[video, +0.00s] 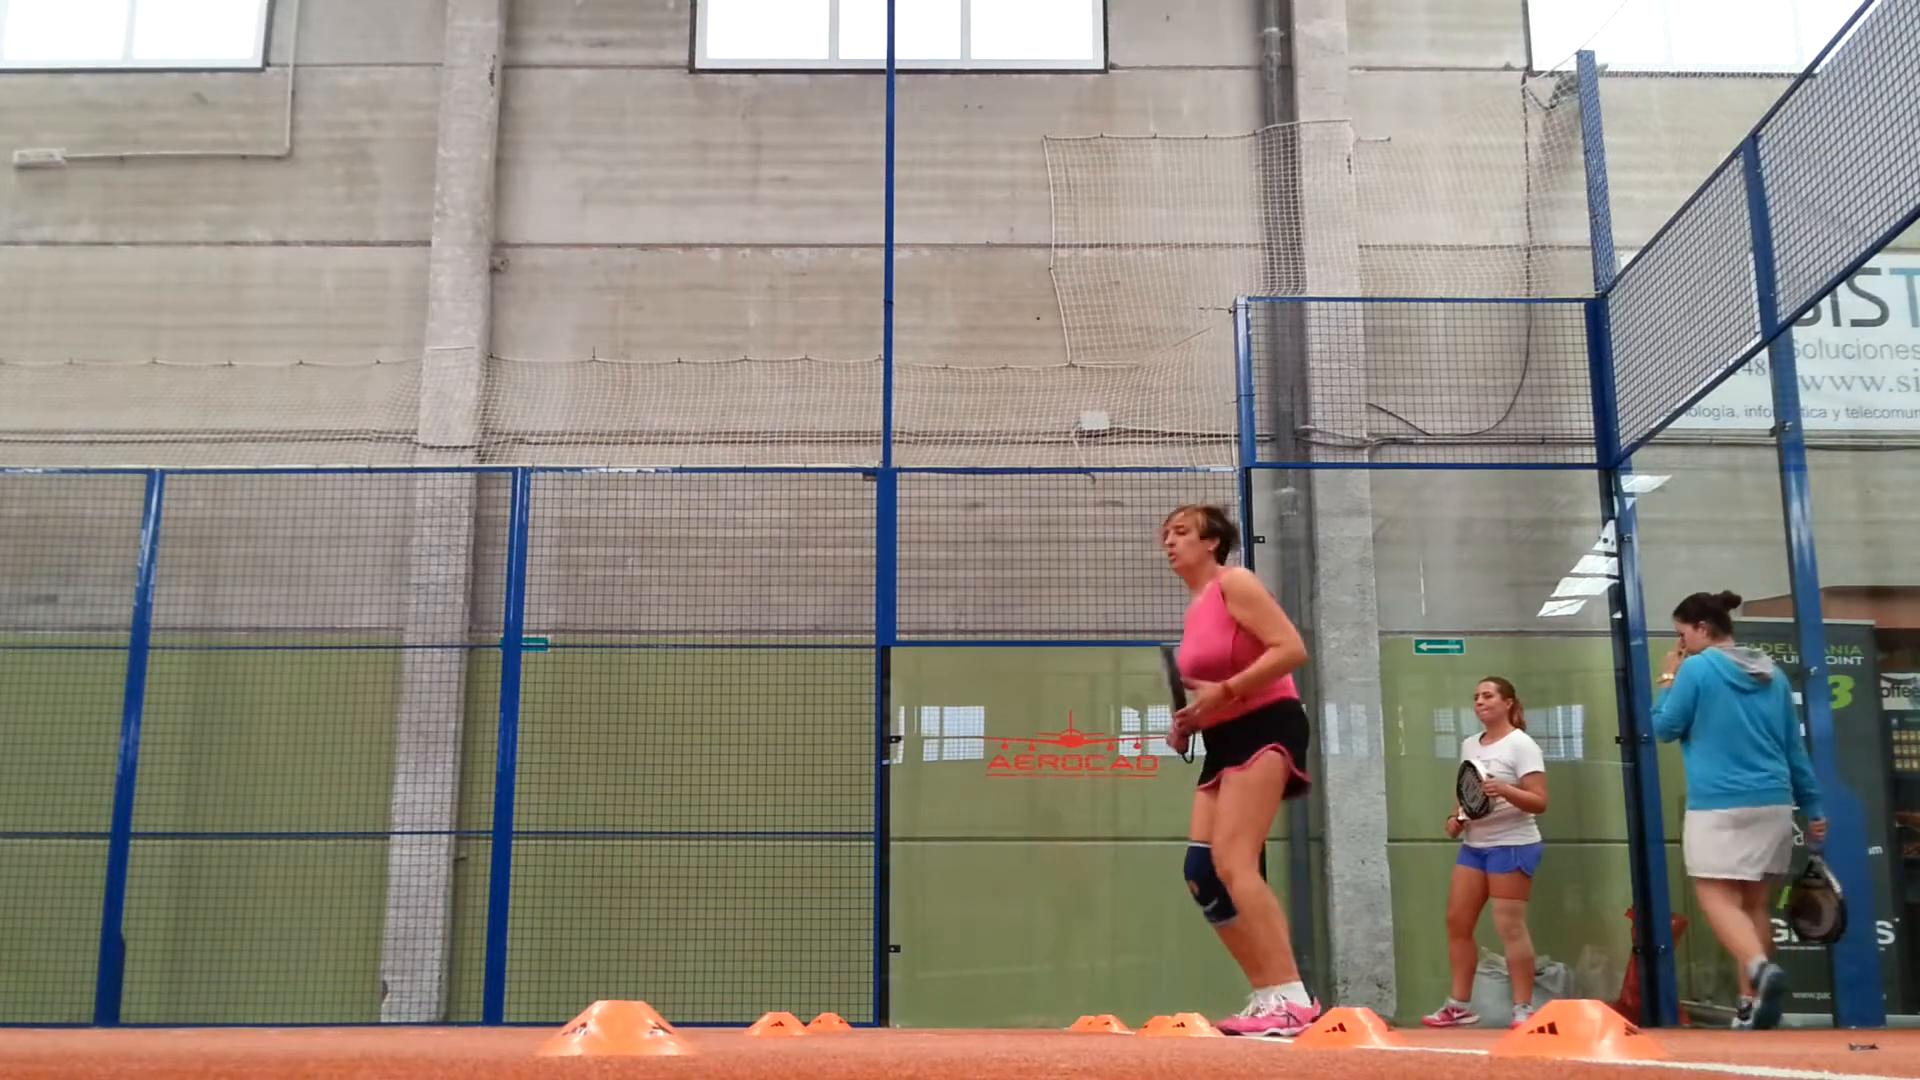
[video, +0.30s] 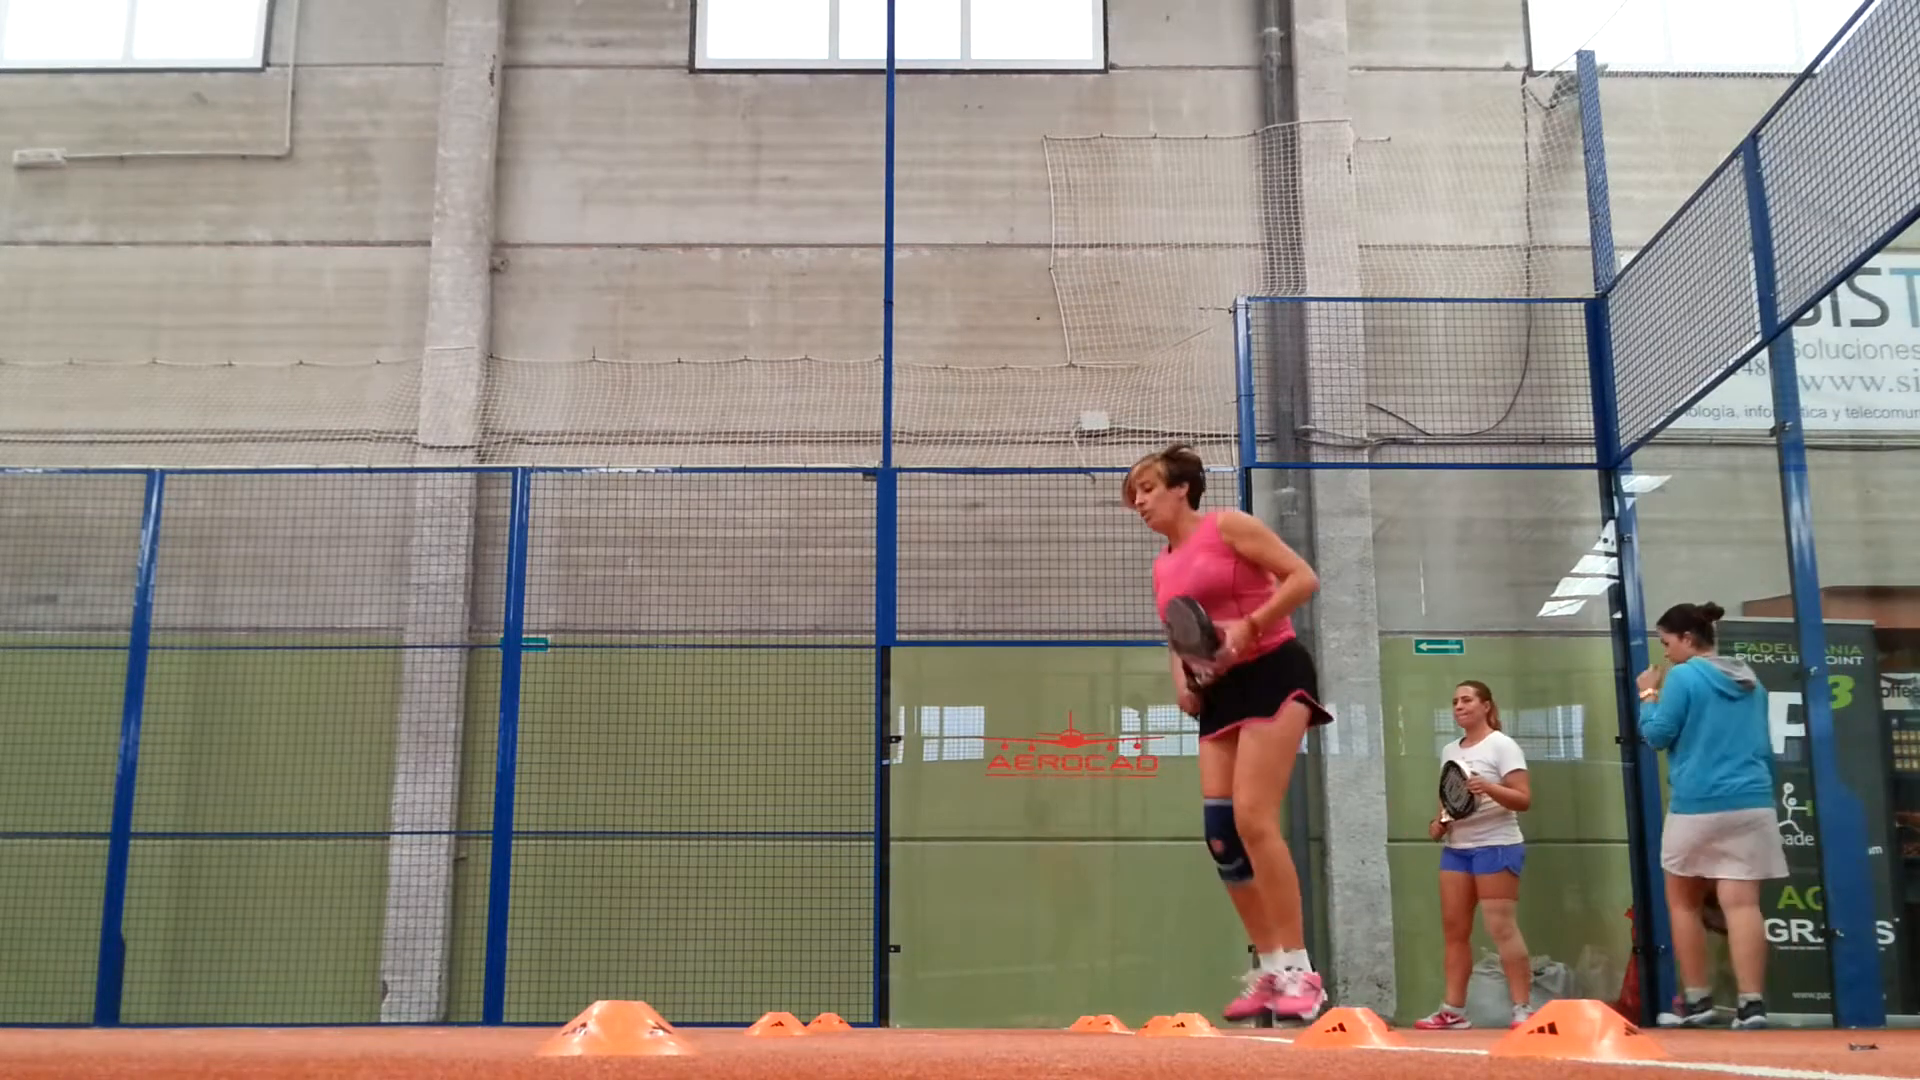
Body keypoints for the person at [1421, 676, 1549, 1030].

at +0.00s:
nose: (1480, 702)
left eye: (1488, 696)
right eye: (1477, 697)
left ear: (1508, 703)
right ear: (1475, 706)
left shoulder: (1523, 745)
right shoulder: (1470, 746)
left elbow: (1539, 801)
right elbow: (1469, 794)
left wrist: (1505, 790)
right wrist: (1458, 816)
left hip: (1513, 844)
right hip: (1475, 844)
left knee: (1510, 927)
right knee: (1458, 922)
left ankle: (1523, 1009)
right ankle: (1460, 1005)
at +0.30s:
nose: (1459, 707)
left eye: (1466, 700)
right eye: (1456, 702)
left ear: (1486, 706)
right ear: (1454, 711)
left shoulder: (1504, 747)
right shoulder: (1451, 751)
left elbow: (1522, 800)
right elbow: (1450, 798)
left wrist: (1488, 788)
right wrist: (1440, 821)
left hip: (1496, 846)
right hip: (1457, 848)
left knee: (1502, 929)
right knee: (1455, 930)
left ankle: (1521, 1008)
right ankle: (1453, 1010)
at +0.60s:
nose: (1431, 710)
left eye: (1438, 704)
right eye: (1428, 707)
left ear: (1458, 710)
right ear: (1426, 717)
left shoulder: (1480, 748)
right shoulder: (1423, 758)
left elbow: (1502, 800)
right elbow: (1417, 801)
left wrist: (1469, 789)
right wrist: (1415, 826)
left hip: (1474, 847)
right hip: (1434, 849)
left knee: (1480, 923)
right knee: (1442, 930)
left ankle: (1518, 1003)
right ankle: (1453, 1009)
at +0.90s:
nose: (1424, 710)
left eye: (1431, 704)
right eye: (1420, 707)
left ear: (1451, 710)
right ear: (1419, 718)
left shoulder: (1475, 746)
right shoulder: (1418, 759)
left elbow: (1498, 796)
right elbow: (1409, 803)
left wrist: (1462, 787)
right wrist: (1404, 826)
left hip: (1470, 847)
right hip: (1429, 850)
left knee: (1482, 926)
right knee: (1440, 930)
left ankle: (1510, 1006)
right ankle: (1453, 1010)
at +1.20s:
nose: (1430, 708)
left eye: (1437, 701)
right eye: (1426, 704)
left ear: (1457, 708)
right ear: (1425, 714)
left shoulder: (1475, 743)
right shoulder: (1424, 755)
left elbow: (1494, 794)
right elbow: (1422, 800)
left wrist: (1457, 779)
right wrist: (1416, 821)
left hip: (1471, 846)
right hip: (1433, 849)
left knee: (1484, 927)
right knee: (1443, 931)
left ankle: (1510, 1006)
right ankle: (1453, 1010)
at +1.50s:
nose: (1434, 705)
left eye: (1442, 699)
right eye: (1431, 701)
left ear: (1461, 706)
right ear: (1429, 711)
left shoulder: (1477, 743)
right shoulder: (1426, 753)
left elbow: (1495, 793)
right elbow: (1426, 799)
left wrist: (1453, 782)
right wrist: (1414, 820)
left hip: (1472, 845)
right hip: (1435, 848)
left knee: (1484, 926)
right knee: (1446, 930)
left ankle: (1509, 1007)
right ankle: (1452, 1009)